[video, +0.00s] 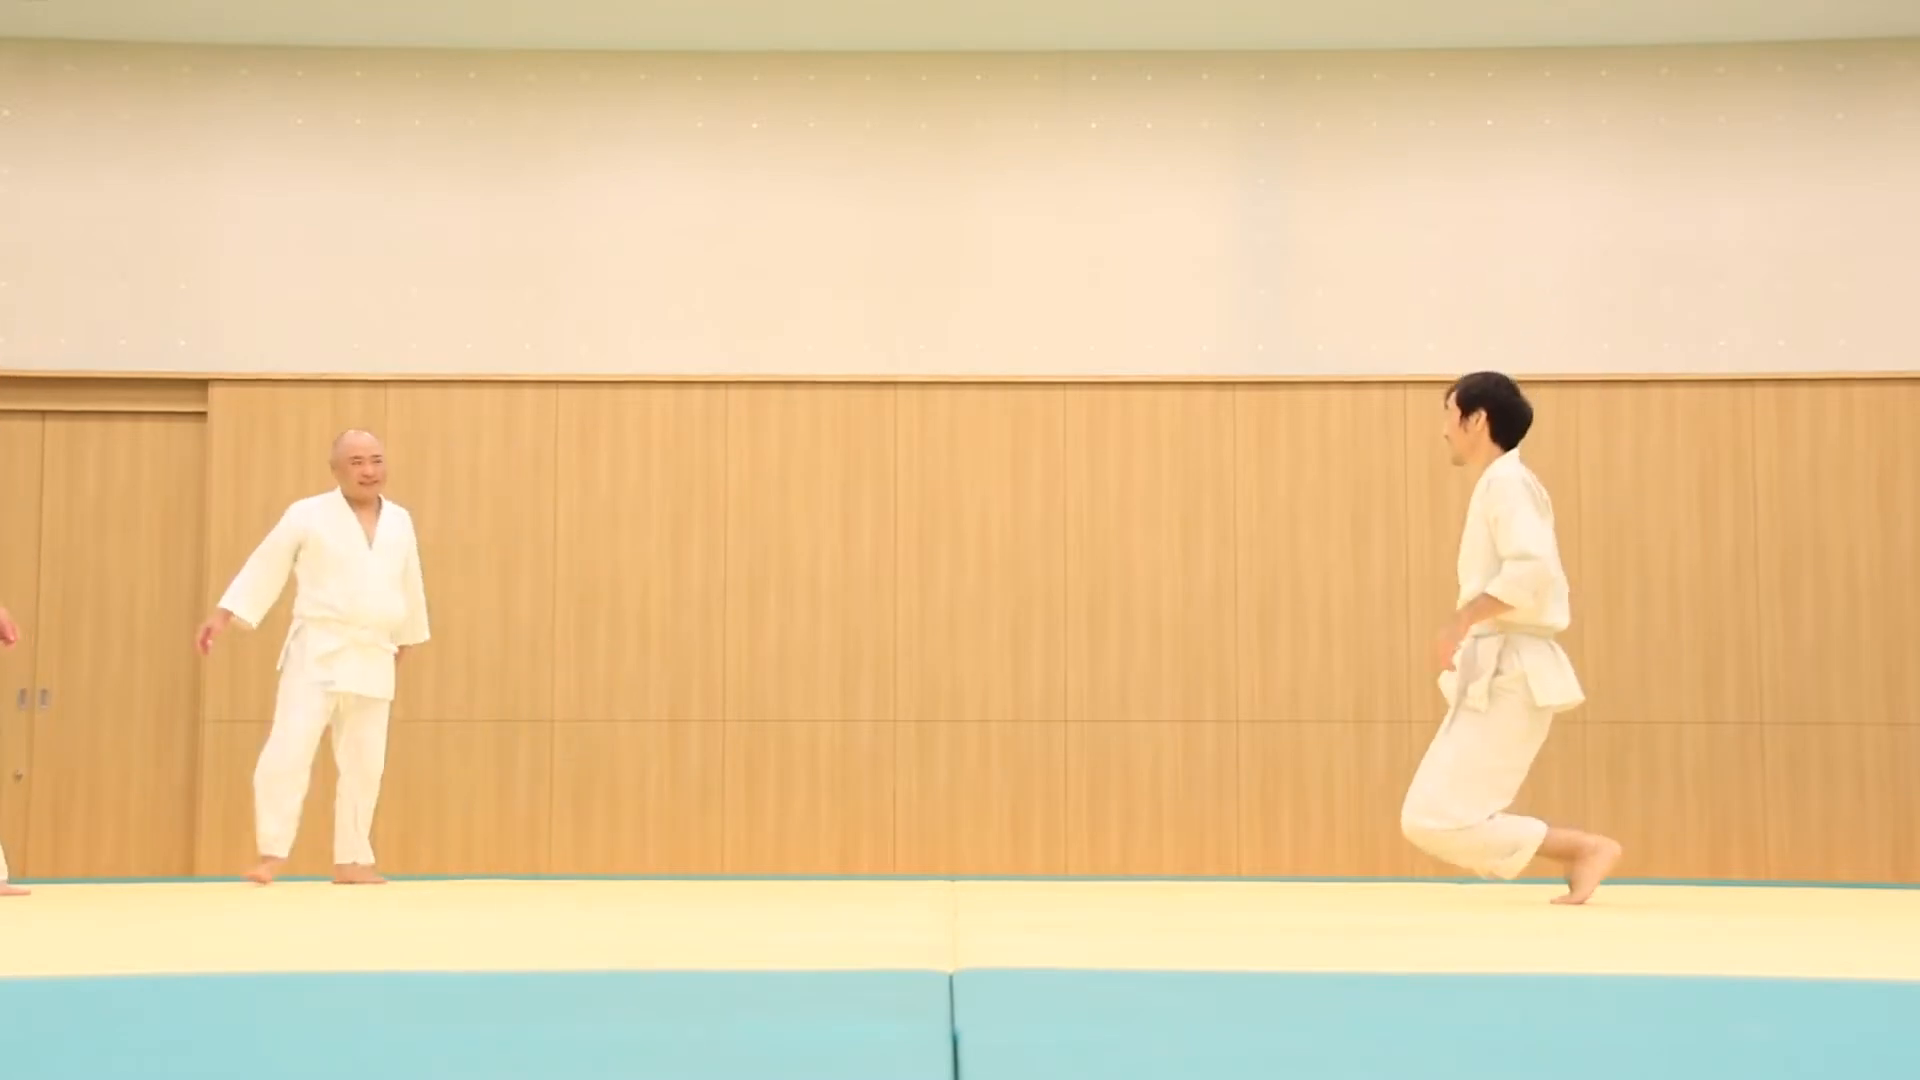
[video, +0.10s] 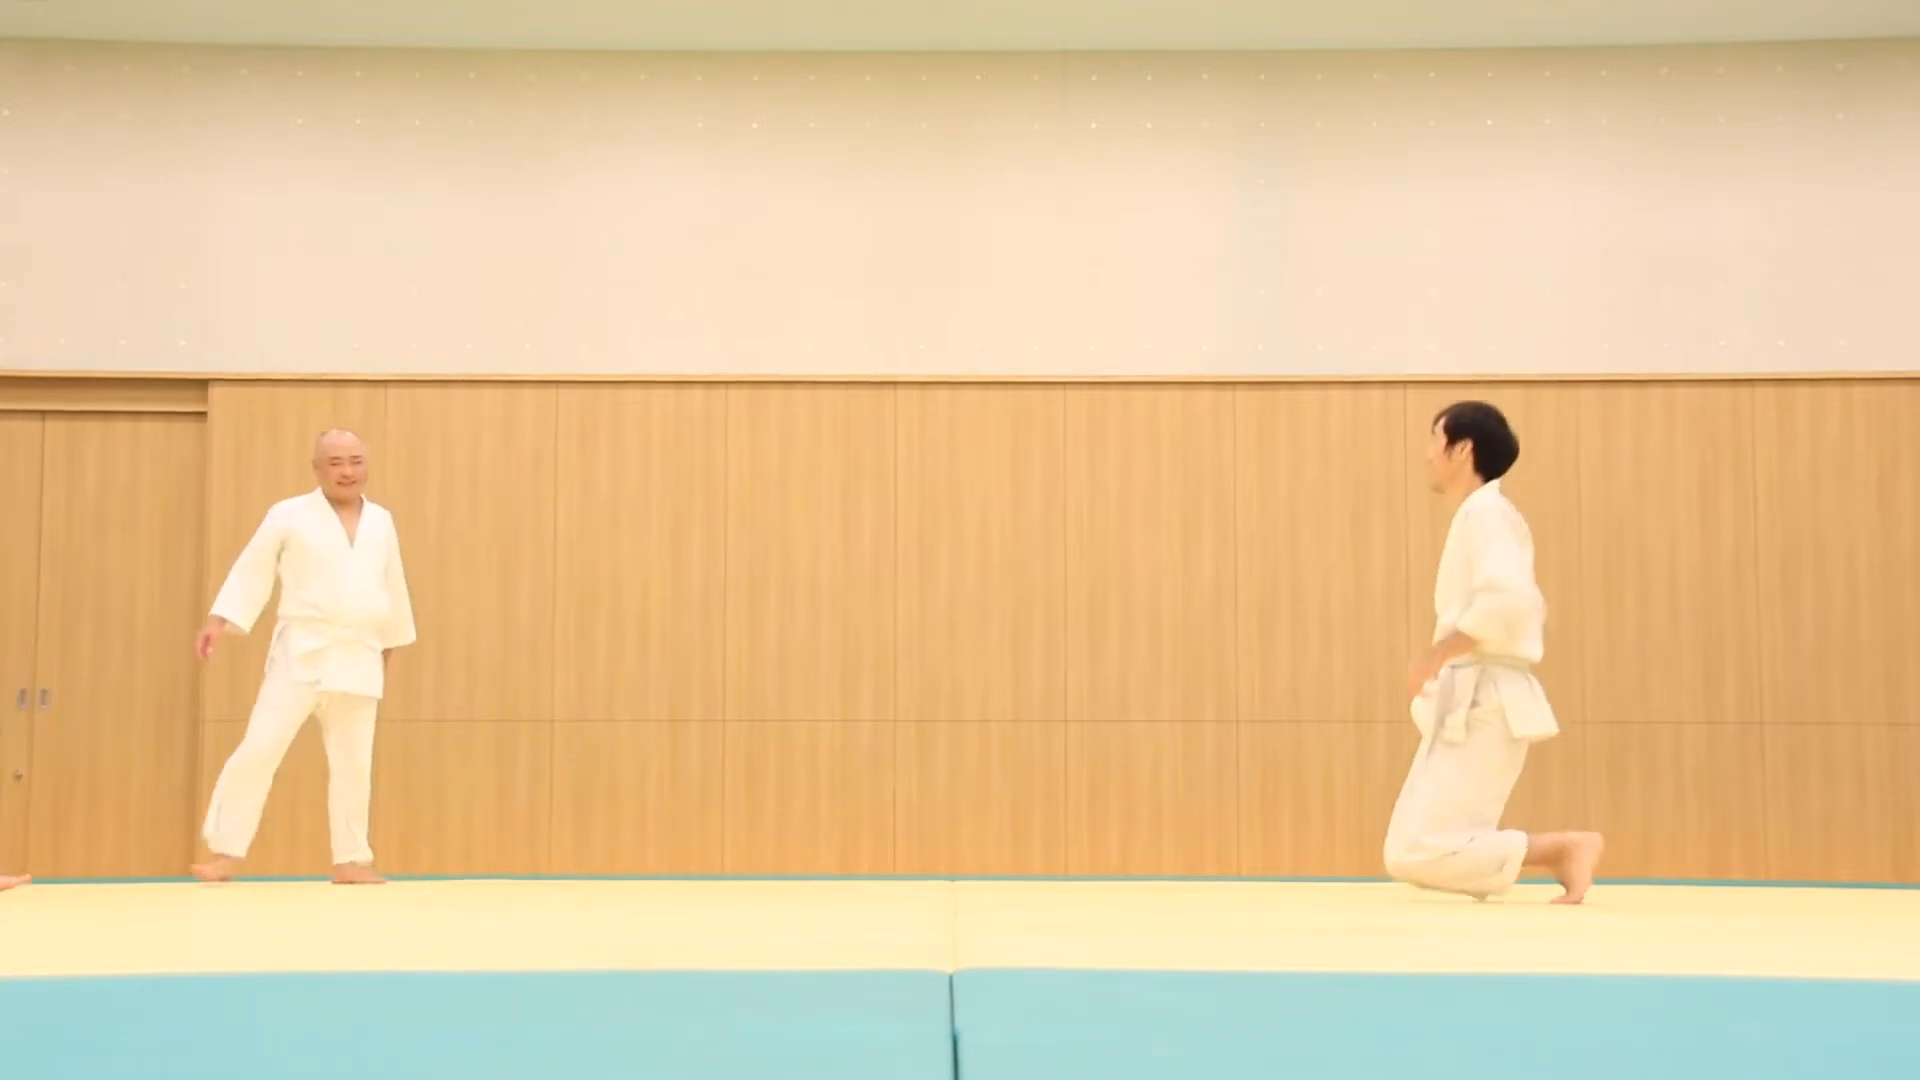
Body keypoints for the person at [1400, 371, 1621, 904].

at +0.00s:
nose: (1445, 428)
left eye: (1451, 415)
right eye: (1447, 414)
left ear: (1478, 420)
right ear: (1486, 421)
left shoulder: (1506, 481)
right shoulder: (1506, 481)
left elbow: (1532, 571)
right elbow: (1530, 581)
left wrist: (1460, 622)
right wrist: (1462, 633)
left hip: (1513, 675)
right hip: (1501, 674)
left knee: (1430, 819)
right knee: (1431, 819)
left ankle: (1583, 849)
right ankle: (1577, 851)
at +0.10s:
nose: (1429, 455)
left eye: (1436, 442)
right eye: (1432, 442)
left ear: (1464, 450)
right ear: (1469, 452)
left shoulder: (1486, 512)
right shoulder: (1488, 513)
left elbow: (1507, 601)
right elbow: (1526, 610)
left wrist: (1436, 655)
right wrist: (1452, 668)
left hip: (1487, 700)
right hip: (1477, 699)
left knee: (1412, 853)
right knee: (1410, 852)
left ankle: (1562, 851)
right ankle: (1557, 854)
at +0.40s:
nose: (1346, 496)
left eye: (1356, 484)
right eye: (1350, 483)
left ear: (1385, 496)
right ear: (1383, 498)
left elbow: (1409, 668)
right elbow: (1381, 674)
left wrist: (1341, 731)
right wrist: (1336, 727)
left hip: (1478, 728)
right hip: (1447, 730)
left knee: (1402, 876)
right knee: (1402, 873)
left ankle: (1540, 840)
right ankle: (1538, 842)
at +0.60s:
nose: (1333, 515)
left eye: (1342, 501)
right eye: (1336, 501)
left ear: (1375, 512)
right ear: (1373, 513)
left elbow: (1349, 669)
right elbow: (1340, 669)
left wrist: (1266, 731)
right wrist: (1268, 729)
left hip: (1484, 742)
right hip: (1457, 742)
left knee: (1399, 879)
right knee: (1398, 876)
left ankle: (1533, 841)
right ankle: (1530, 842)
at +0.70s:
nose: (1330, 531)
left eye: (1338, 518)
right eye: (1332, 517)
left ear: (1370, 527)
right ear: (1369, 528)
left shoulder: (1411, 587)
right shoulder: (1396, 594)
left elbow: (1332, 685)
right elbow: (1348, 707)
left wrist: (1242, 728)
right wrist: (1281, 704)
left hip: (1494, 749)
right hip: (1472, 749)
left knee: (1401, 878)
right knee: (1403, 873)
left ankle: (1535, 848)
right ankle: (1534, 847)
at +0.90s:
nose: (1343, 562)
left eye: (1350, 546)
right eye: (1344, 546)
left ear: (1383, 553)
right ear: (1383, 555)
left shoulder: (1427, 610)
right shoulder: (1417, 612)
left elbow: (1349, 703)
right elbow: (1395, 728)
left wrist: (1264, 764)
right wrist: (1363, 695)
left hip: (1517, 768)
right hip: (1494, 766)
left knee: (1403, 879)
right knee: (1402, 873)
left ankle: (1540, 852)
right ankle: (1537, 851)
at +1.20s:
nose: (1412, 565)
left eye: (1418, 549)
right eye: (1412, 551)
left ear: (1455, 554)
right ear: (1454, 555)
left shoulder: (1493, 619)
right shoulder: (1474, 621)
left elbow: (1421, 720)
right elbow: (1453, 738)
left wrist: (1336, 765)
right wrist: (1444, 685)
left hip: (1546, 789)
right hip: (1516, 784)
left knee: (1409, 878)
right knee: (1405, 874)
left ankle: (1548, 855)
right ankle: (1546, 852)